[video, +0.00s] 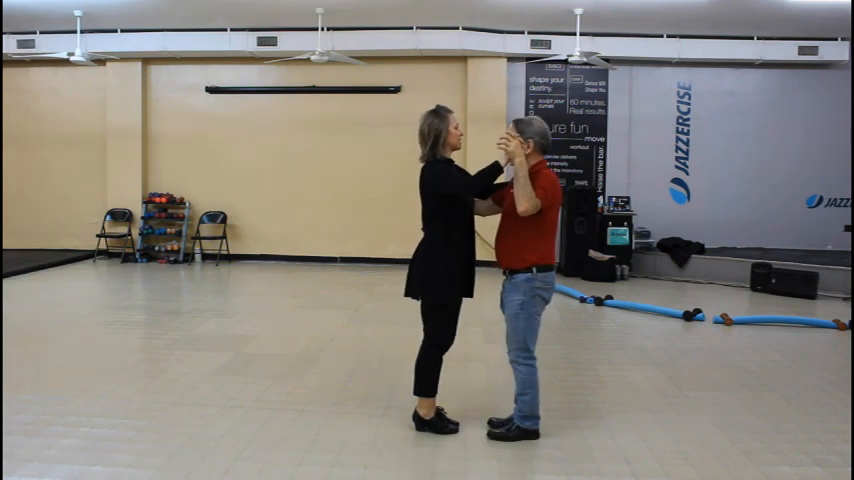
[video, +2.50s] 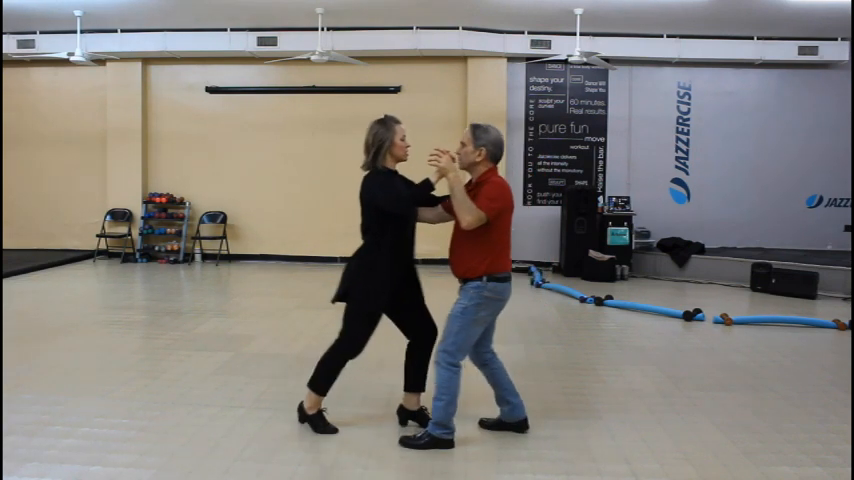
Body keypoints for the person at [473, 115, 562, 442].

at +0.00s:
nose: (506, 145)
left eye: (512, 140)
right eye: (507, 140)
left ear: (528, 145)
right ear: (528, 146)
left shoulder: (546, 179)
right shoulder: (520, 182)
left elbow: (526, 207)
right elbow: (483, 206)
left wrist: (518, 162)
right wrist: (451, 191)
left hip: (532, 277)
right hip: (517, 276)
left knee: (522, 354)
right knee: (518, 353)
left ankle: (527, 423)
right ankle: (522, 416)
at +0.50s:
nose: (509, 139)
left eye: (514, 135)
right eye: (510, 134)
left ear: (530, 144)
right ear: (529, 145)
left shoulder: (545, 178)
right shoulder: (520, 179)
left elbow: (524, 205)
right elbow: (484, 205)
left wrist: (518, 160)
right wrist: (450, 193)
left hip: (532, 277)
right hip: (517, 276)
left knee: (525, 354)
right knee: (520, 353)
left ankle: (527, 423)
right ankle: (522, 416)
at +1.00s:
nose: (507, 142)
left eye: (512, 137)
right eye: (508, 137)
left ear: (527, 144)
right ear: (527, 145)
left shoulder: (544, 176)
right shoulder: (520, 179)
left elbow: (522, 206)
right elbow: (483, 204)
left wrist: (516, 162)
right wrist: (451, 189)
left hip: (531, 277)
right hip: (517, 276)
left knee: (524, 354)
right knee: (519, 353)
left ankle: (527, 422)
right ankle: (522, 416)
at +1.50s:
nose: (501, 147)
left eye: (507, 141)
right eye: (502, 141)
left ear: (525, 146)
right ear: (525, 146)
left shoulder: (544, 179)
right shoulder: (519, 180)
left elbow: (521, 208)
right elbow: (481, 204)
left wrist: (514, 163)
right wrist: (448, 191)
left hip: (529, 278)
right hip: (514, 276)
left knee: (522, 353)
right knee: (516, 352)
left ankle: (527, 423)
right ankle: (522, 415)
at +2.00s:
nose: (479, 153)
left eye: (485, 148)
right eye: (480, 148)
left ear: (505, 151)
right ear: (501, 151)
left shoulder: (520, 183)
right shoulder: (496, 181)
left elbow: (496, 215)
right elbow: (461, 211)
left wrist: (481, 175)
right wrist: (424, 205)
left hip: (504, 280)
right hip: (496, 278)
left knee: (472, 353)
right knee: (503, 350)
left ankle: (452, 428)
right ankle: (525, 417)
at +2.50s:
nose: (456, 149)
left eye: (462, 145)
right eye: (458, 144)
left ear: (481, 154)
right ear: (479, 154)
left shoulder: (496, 188)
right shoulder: (472, 187)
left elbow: (470, 219)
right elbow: (434, 214)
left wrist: (452, 177)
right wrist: (395, 207)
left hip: (486, 285)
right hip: (479, 283)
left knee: (448, 354)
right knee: (481, 352)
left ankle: (440, 430)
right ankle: (514, 415)